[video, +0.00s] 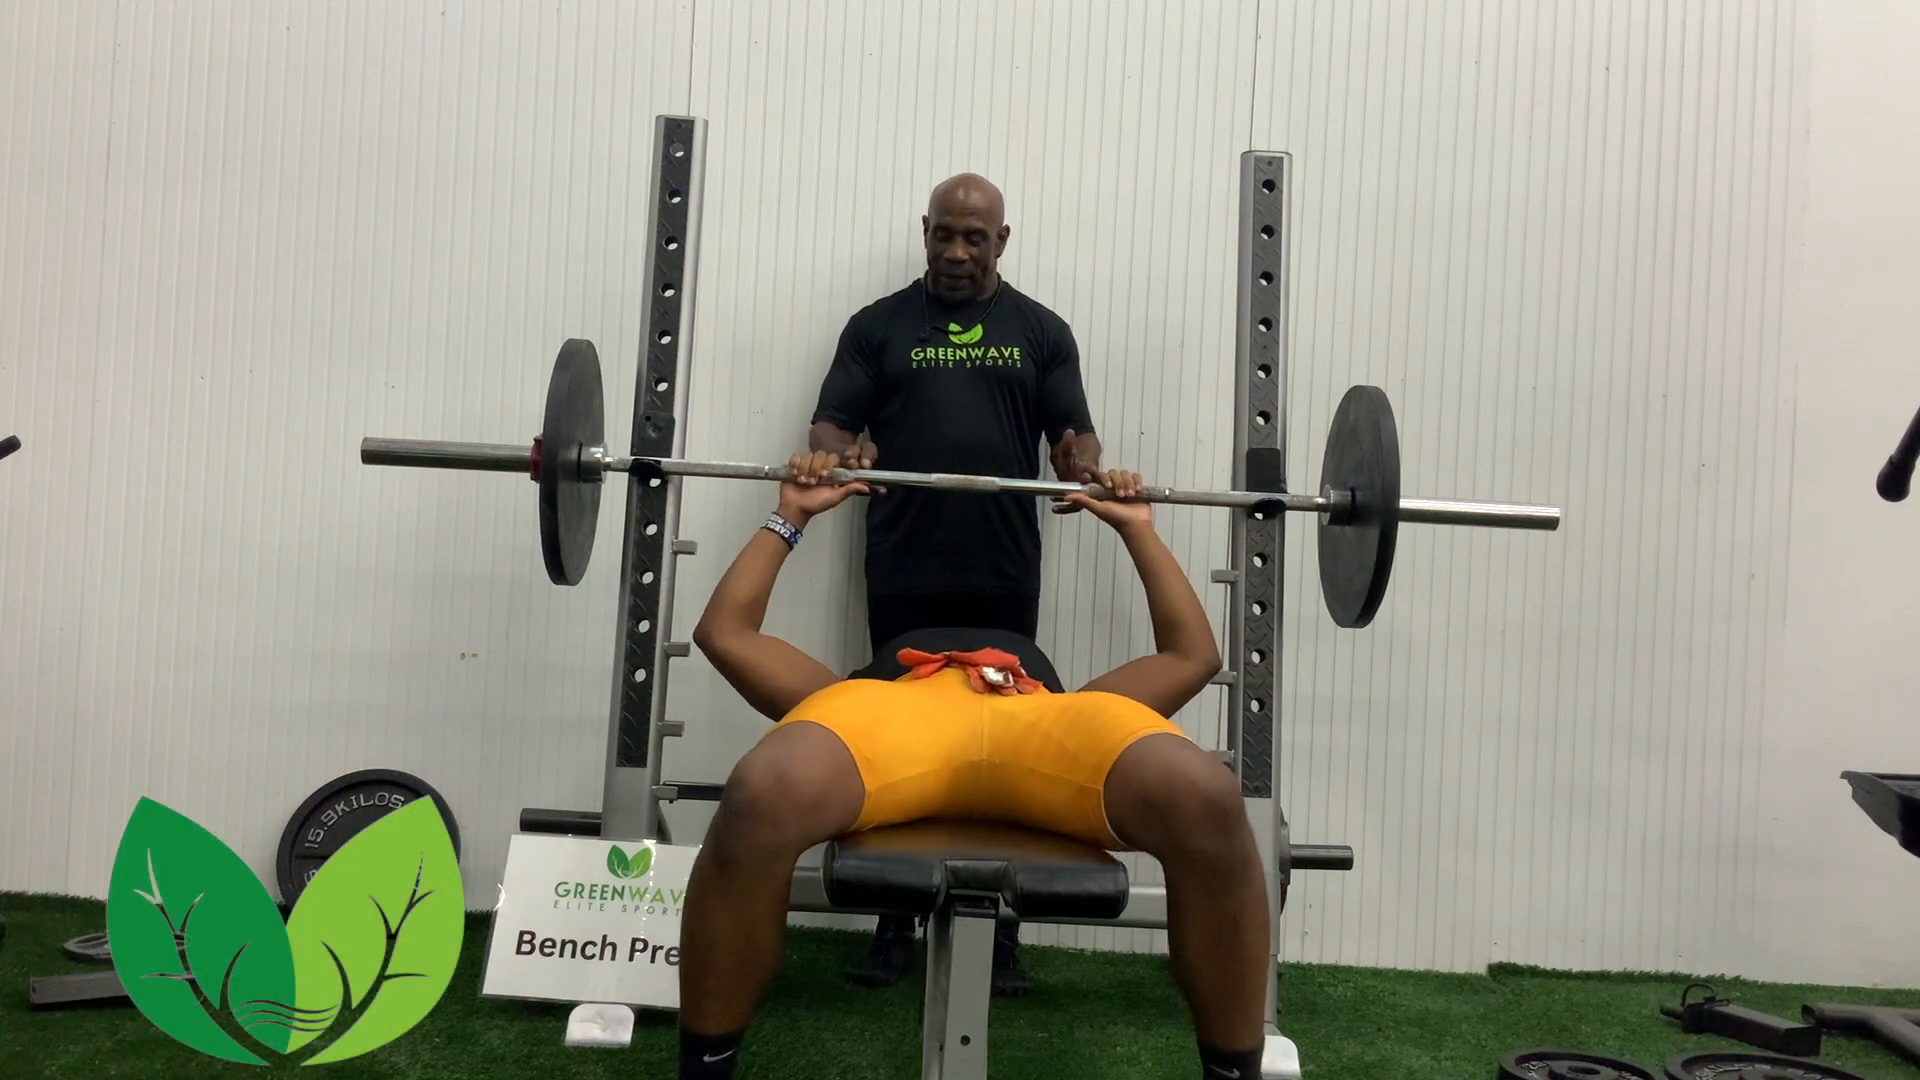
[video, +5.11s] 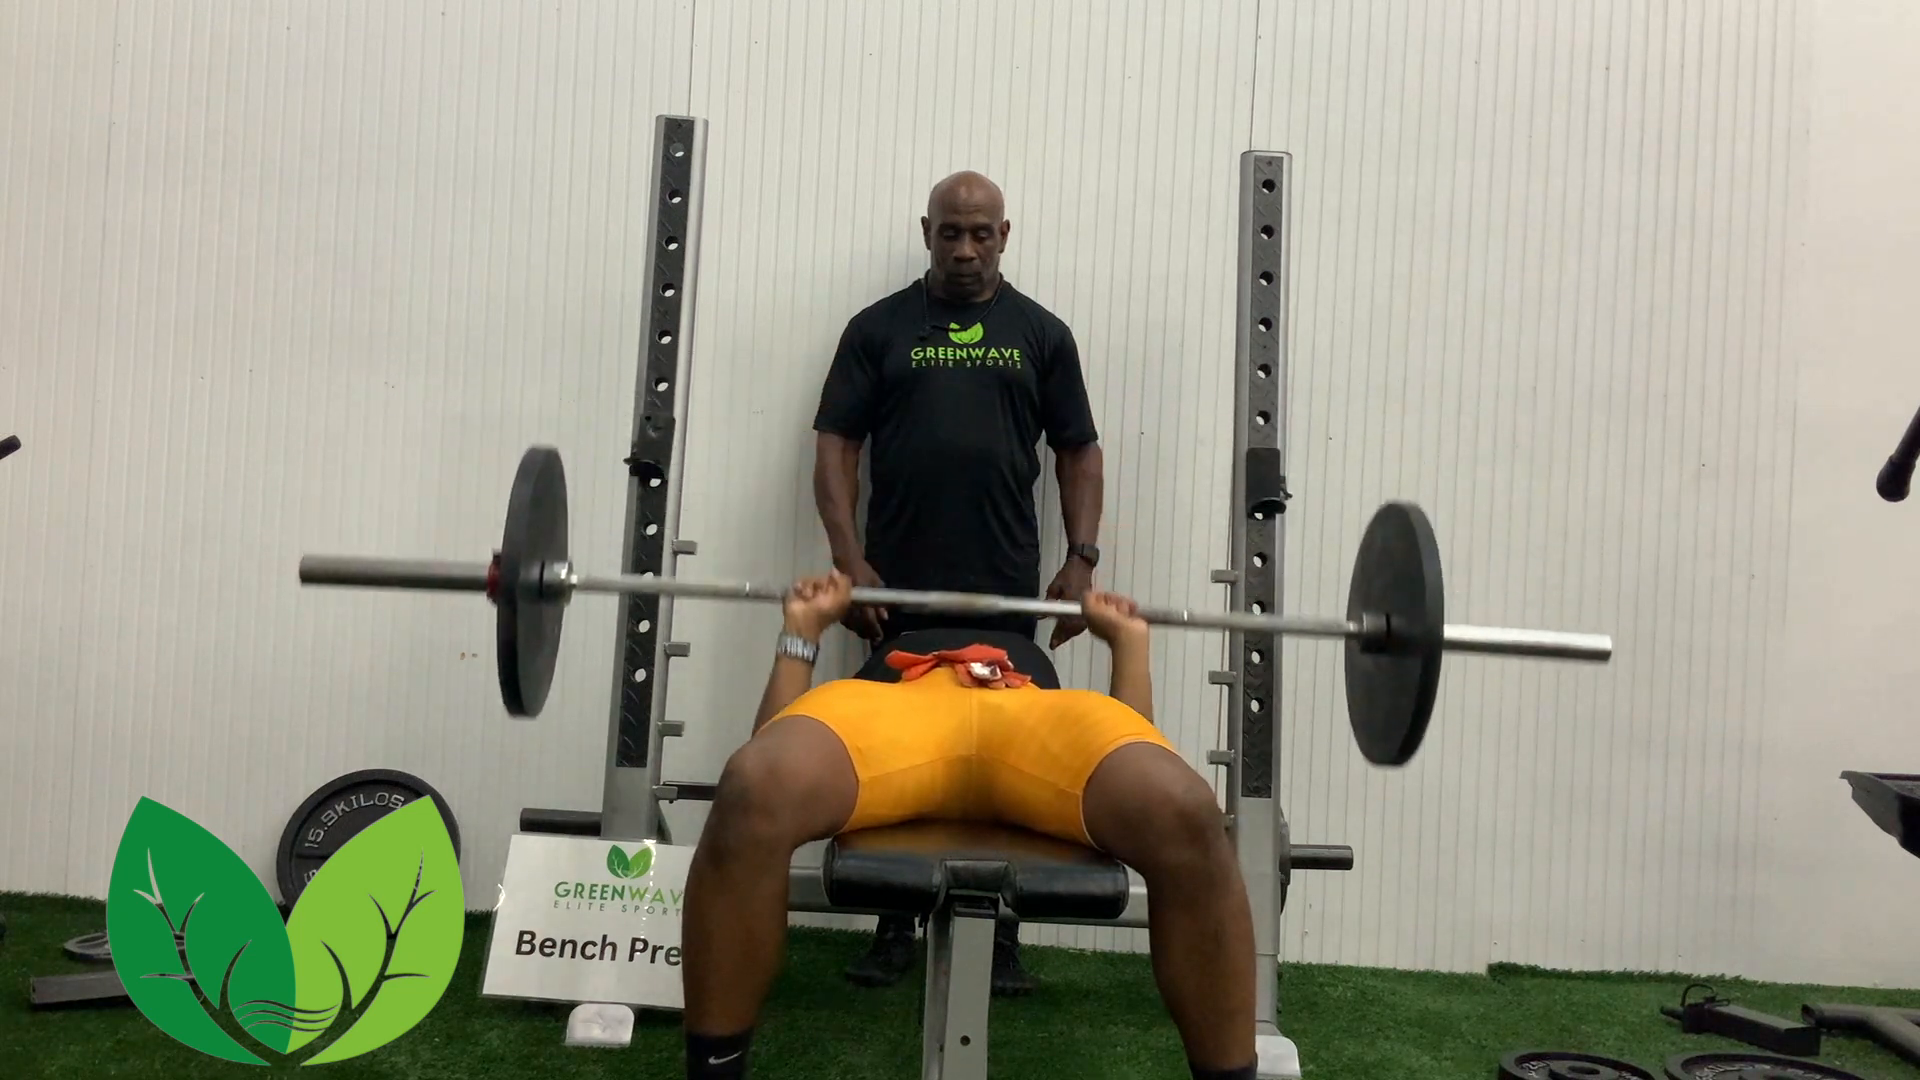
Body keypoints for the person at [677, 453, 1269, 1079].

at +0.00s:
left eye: (999, 656)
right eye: (941, 653)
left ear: (1031, 682)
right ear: (905, 664)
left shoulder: (1069, 704)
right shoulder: (857, 690)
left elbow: (1194, 653)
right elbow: (724, 630)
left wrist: (1136, 524)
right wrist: (793, 513)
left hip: (1053, 715)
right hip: (885, 704)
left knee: (1208, 800)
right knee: (755, 800)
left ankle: (1237, 1072)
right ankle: (704, 1069)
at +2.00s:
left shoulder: (1068, 695)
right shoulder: (858, 683)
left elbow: (1193, 636)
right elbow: (730, 622)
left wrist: (1120, 519)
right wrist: (807, 518)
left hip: (1052, 713)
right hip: (885, 705)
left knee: (1202, 816)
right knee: (754, 795)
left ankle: (1229, 1070)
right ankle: (709, 1066)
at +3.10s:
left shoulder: (1067, 694)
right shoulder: (861, 687)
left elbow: (1167, 632)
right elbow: (749, 613)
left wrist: (1120, 500)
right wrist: (808, 488)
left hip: (1050, 711)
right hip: (881, 704)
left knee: (1197, 810)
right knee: (748, 786)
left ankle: (1227, 1074)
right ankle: (710, 1068)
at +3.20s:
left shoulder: (1065, 689)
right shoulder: (855, 687)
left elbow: (1154, 609)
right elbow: (768, 587)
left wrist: (1124, 467)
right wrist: (810, 456)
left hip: (1040, 709)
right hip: (884, 706)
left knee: (1193, 811)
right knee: (740, 784)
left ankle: (1226, 1071)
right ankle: (708, 1061)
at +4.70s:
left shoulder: (1064, 685)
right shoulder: (861, 677)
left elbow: (1138, 603)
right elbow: (779, 587)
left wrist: (1130, 449)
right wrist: (809, 442)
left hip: (1039, 706)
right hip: (887, 698)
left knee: (1189, 812)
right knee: (756, 784)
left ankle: (1230, 1072)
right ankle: (716, 1064)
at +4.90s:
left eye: (992, 651)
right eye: (931, 651)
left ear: (1011, 659)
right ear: (907, 657)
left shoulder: (1050, 686)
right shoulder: (868, 682)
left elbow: (1143, 686)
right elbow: (759, 672)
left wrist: (1129, 539)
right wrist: (803, 535)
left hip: (1043, 707)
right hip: (890, 699)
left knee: (1190, 816)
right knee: (751, 794)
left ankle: (1231, 1070)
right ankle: (714, 1067)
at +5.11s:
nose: (969, 654)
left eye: (994, 656)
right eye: (940, 653)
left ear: (1028, 687)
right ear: (910, 665)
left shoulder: (1047, 700)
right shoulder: (883, 683)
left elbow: (1134, 749)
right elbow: (771, 760)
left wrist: (1130, 642)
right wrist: (801, 636)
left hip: (1044, 714)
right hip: (888, 702)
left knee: (1187, 817)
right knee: (752, 791)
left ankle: (1232, 1073)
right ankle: (713, 1071)